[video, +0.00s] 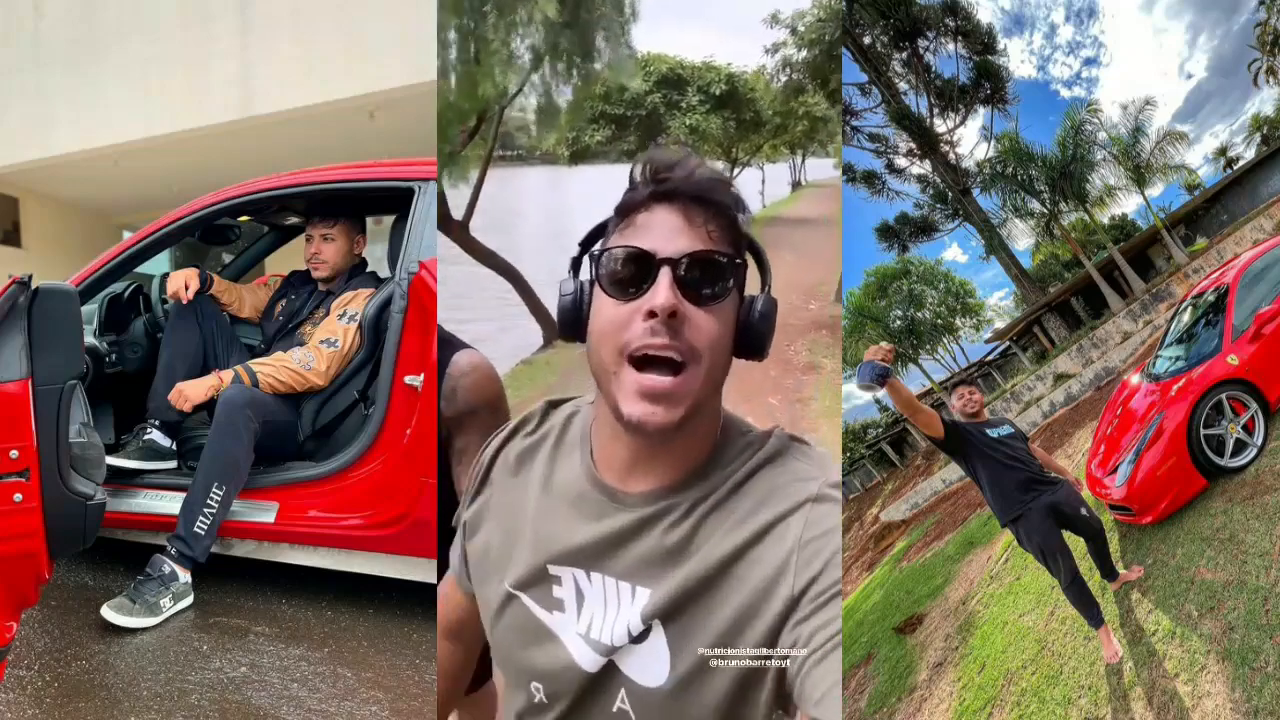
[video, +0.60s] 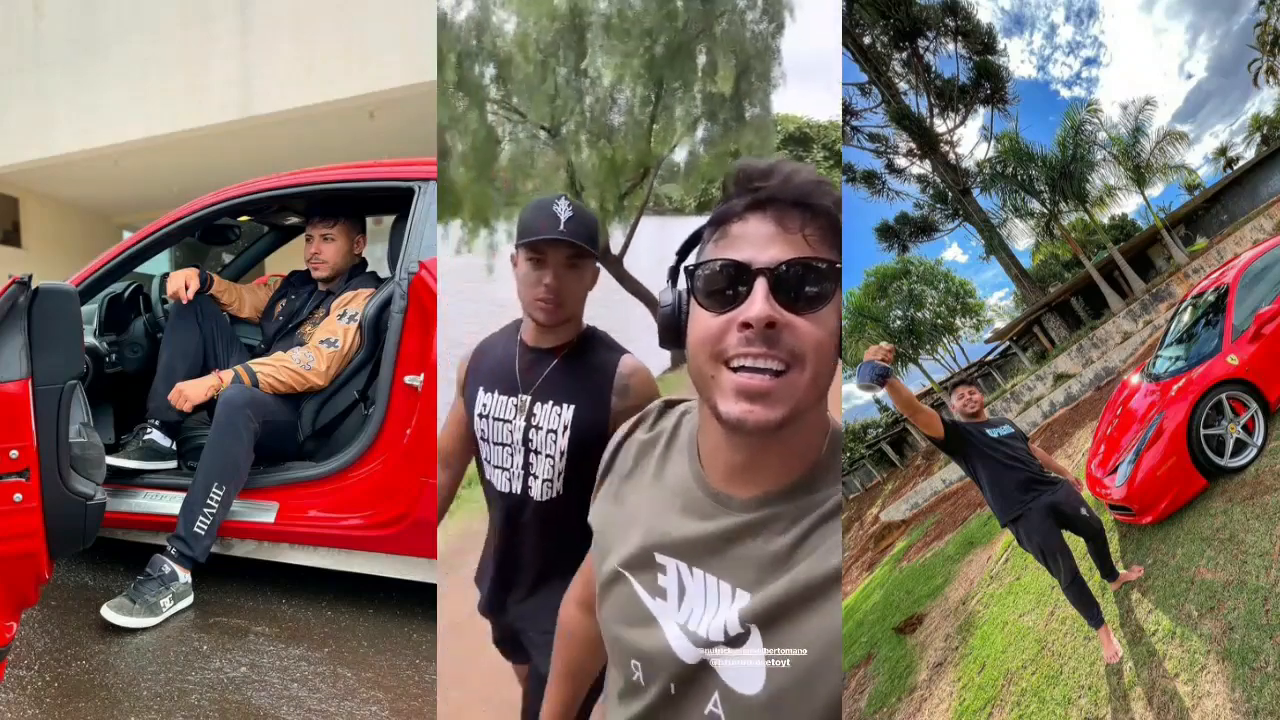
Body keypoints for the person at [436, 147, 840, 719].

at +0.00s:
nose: (663, 301)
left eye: (704, 278)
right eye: (630, 272)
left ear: (747, 323)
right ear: (582, 305)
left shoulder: (807, 517)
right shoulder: (518, 456)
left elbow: (833, 703)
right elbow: (460, 608)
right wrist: (437, 706)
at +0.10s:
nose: (660, 301)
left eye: (702, 278)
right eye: (628, 274)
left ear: (748, 324)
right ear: (584, 310)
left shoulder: (817, 521)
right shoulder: (526, 464)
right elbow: (509, 604)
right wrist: (503, 712)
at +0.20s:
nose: (684, 319)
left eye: (723, 293)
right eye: (651, 291)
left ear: (772, 332)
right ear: (609, 322)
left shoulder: (836, 509)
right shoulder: (566, 462)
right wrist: (545, 704)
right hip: (584, 710)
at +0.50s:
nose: (740, 319)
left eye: (780, 292)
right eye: (706, 292)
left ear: (827, 327)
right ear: (665, 323)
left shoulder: (867, 511)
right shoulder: (630, 454)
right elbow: (597, 599)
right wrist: (581, 711)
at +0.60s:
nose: (759, 312)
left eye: (802, 285)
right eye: (725, 284)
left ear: (846, 323)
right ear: (681, 315)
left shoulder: (876, 521)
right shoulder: (639, 448)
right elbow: (587, 607)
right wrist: (555, 713)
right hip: (615, 709)